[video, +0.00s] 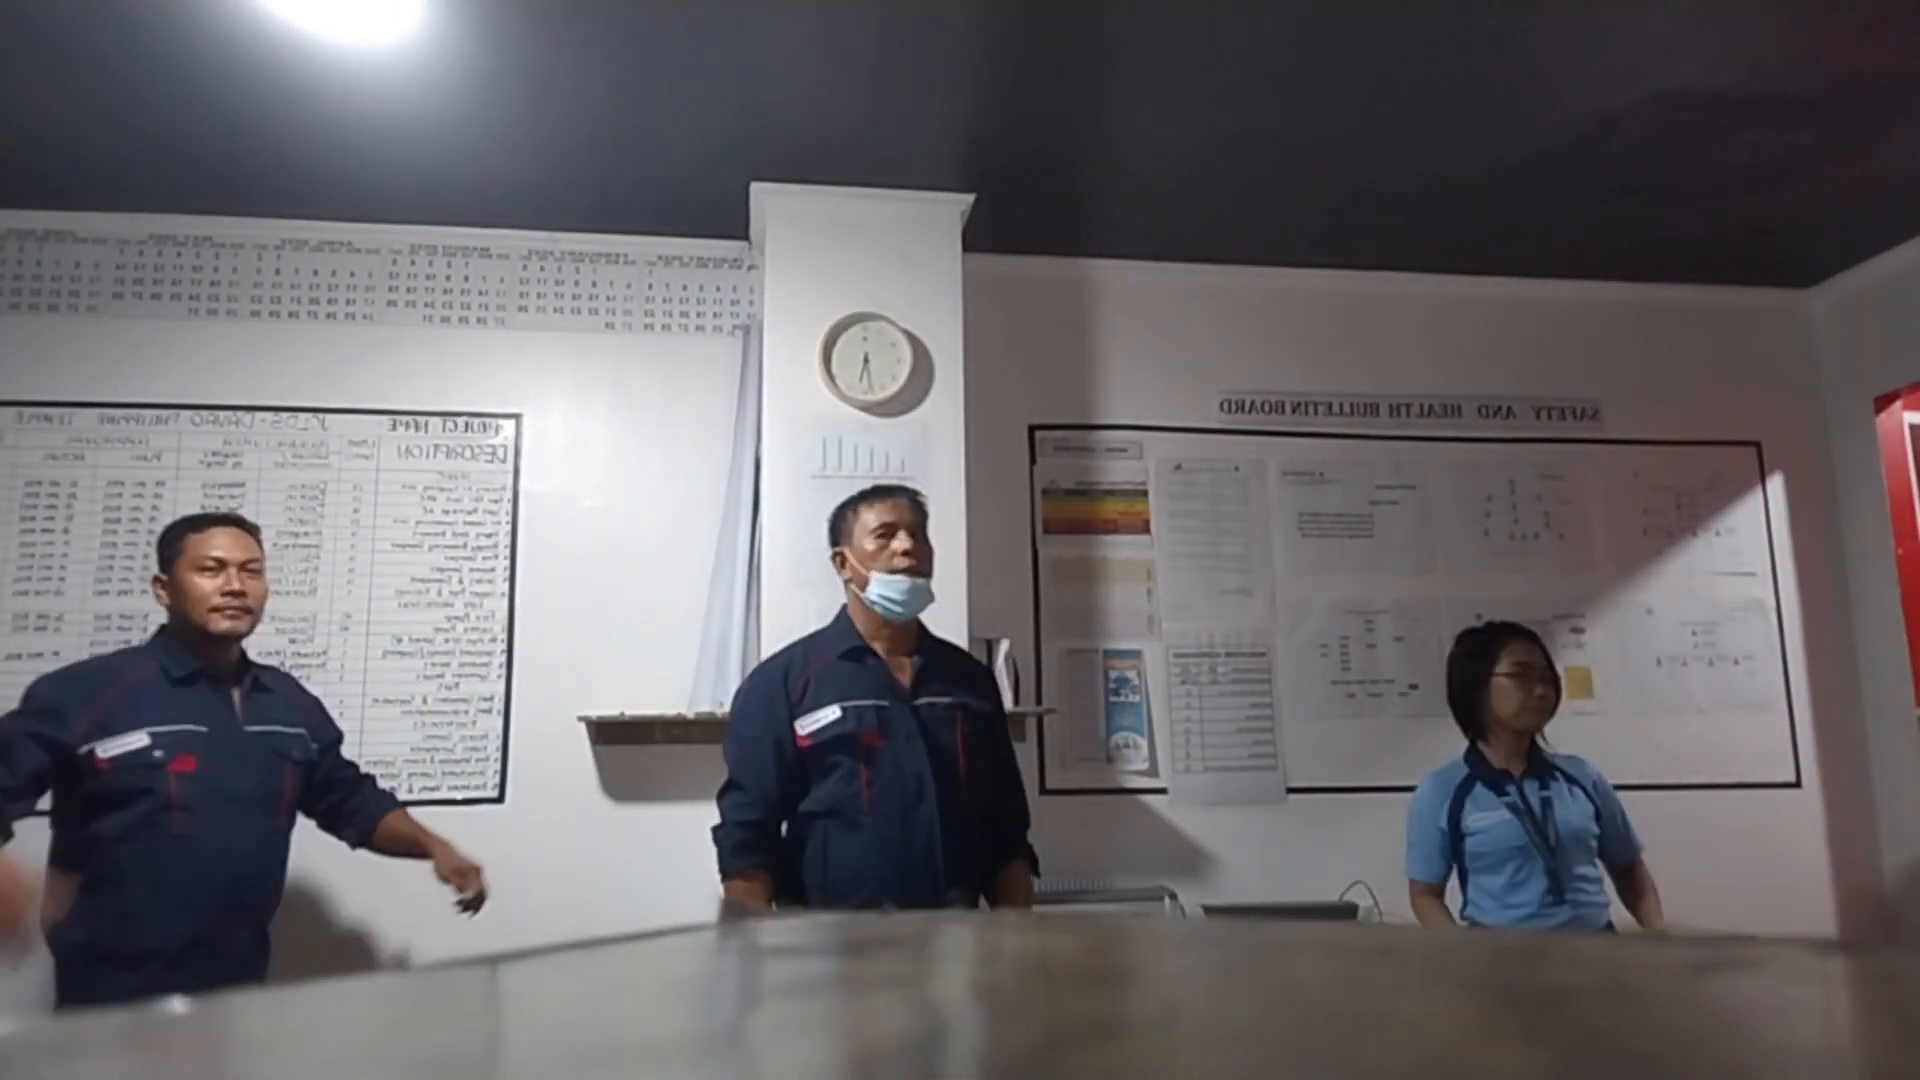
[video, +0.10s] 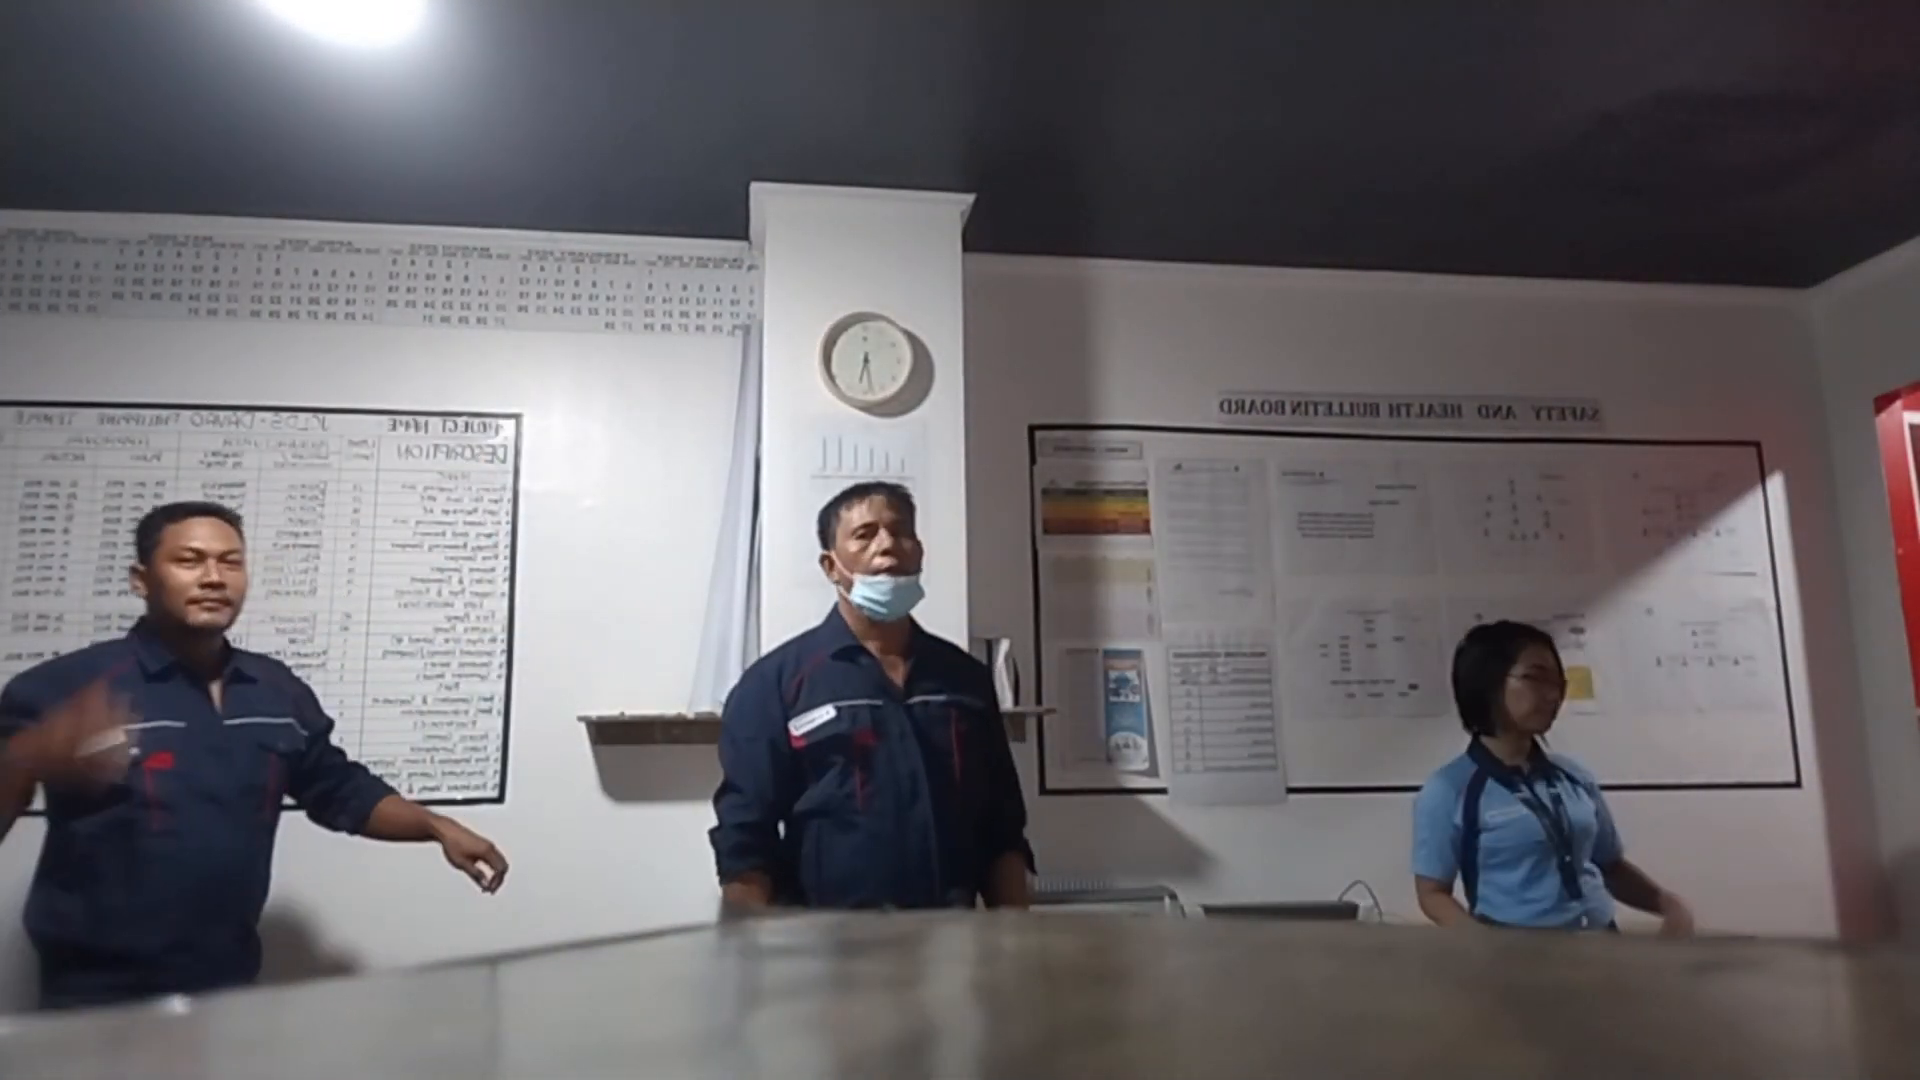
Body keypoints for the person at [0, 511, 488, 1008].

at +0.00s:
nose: (235, 585)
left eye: (250, 570)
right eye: (211, 569)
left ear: (265, 586)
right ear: (164, 588)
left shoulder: (290, 707)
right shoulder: (76, 698)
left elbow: (346, 798)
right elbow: (1, 799)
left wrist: (434, 847)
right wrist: (11, 880)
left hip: (233, 996)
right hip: (106, 1001)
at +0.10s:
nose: (213, 576)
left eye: (229, 561)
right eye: (189, 559)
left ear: (245, 579)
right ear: (143, 579)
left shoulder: (277, 692)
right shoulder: (65, 690)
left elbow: (338, 789)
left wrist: (437, 826)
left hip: (222, 986)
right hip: (91, 991)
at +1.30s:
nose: (192, 554)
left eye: (209, 538)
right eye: (166, 534)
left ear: (226, 559)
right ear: (110, 555)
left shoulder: (253, 689)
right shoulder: (27, 680)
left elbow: (230, 840)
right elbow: (14, 839)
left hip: (214, 1008)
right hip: (70, 1016)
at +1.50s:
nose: (257, 564)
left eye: (273, 549)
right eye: (232, 545)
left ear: (289, 568)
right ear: (181, 563)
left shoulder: (312, 694)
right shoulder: (82, 684)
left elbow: (313, 844)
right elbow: (12, 836)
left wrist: (286, 976)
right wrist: (52, 996)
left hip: (275, 1013)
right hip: (130, 1019)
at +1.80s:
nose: (329, 577)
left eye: (346, 564)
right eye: (307, 559)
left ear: (360, 583)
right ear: (259, 572)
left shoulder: (386, 699)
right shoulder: (162, 684)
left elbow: (422, 817)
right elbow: (78, 819)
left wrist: (403, 939)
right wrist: (125, 954)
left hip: (336, 992)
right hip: (197, 997)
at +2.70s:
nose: (303, 576)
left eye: (319, 565)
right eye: (282, 554)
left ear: (330, 588)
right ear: (230, 570)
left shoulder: (336, 711)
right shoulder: (126, 684)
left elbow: (360, 861)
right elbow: (43, 861)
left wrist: (397, 984)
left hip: (293, 1008)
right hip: (154, 1011)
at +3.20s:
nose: (199, 569)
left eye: (215, 554)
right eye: (173, 547)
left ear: (227, 576)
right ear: (114, 564)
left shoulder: (226, 705)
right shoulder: (25, 682)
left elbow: (237, 873)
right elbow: (6, 876)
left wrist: (268, 1005)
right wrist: (7, 1020)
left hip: (201, 1021)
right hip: (64, 1023)